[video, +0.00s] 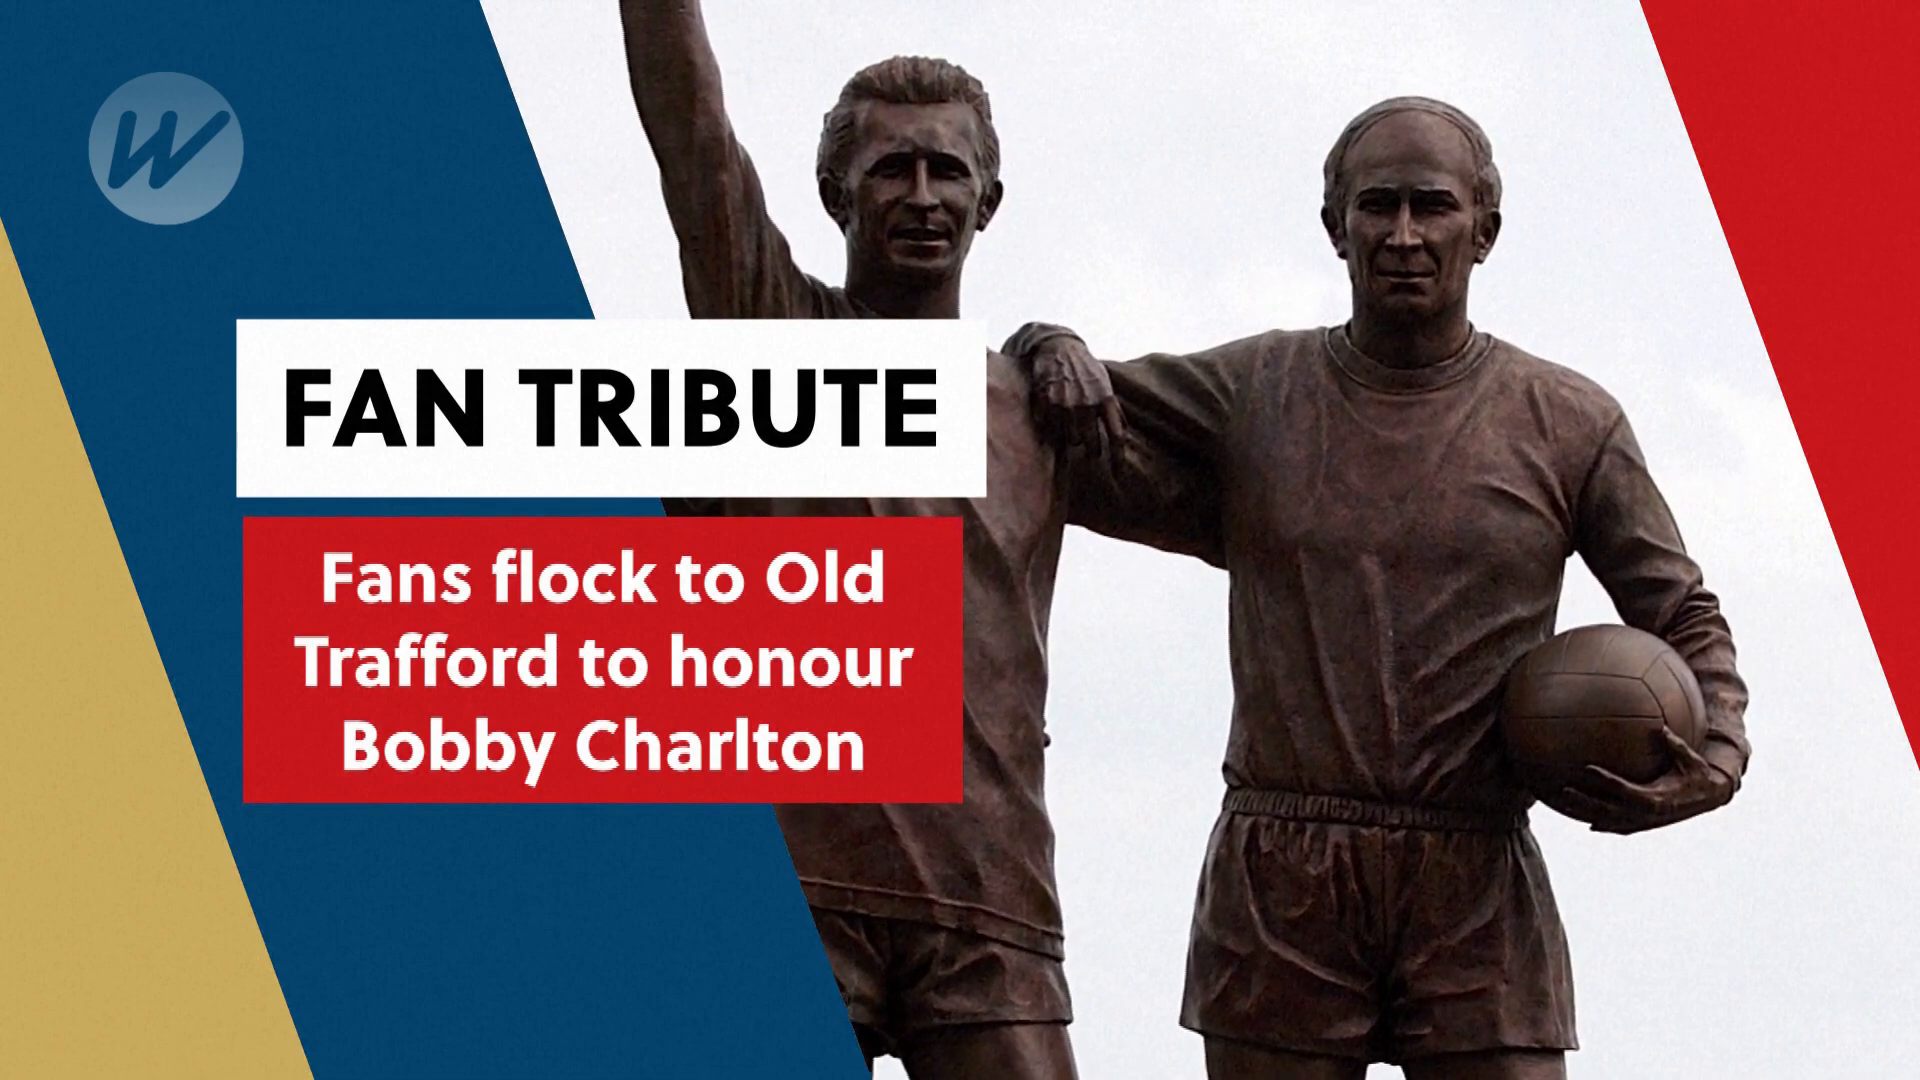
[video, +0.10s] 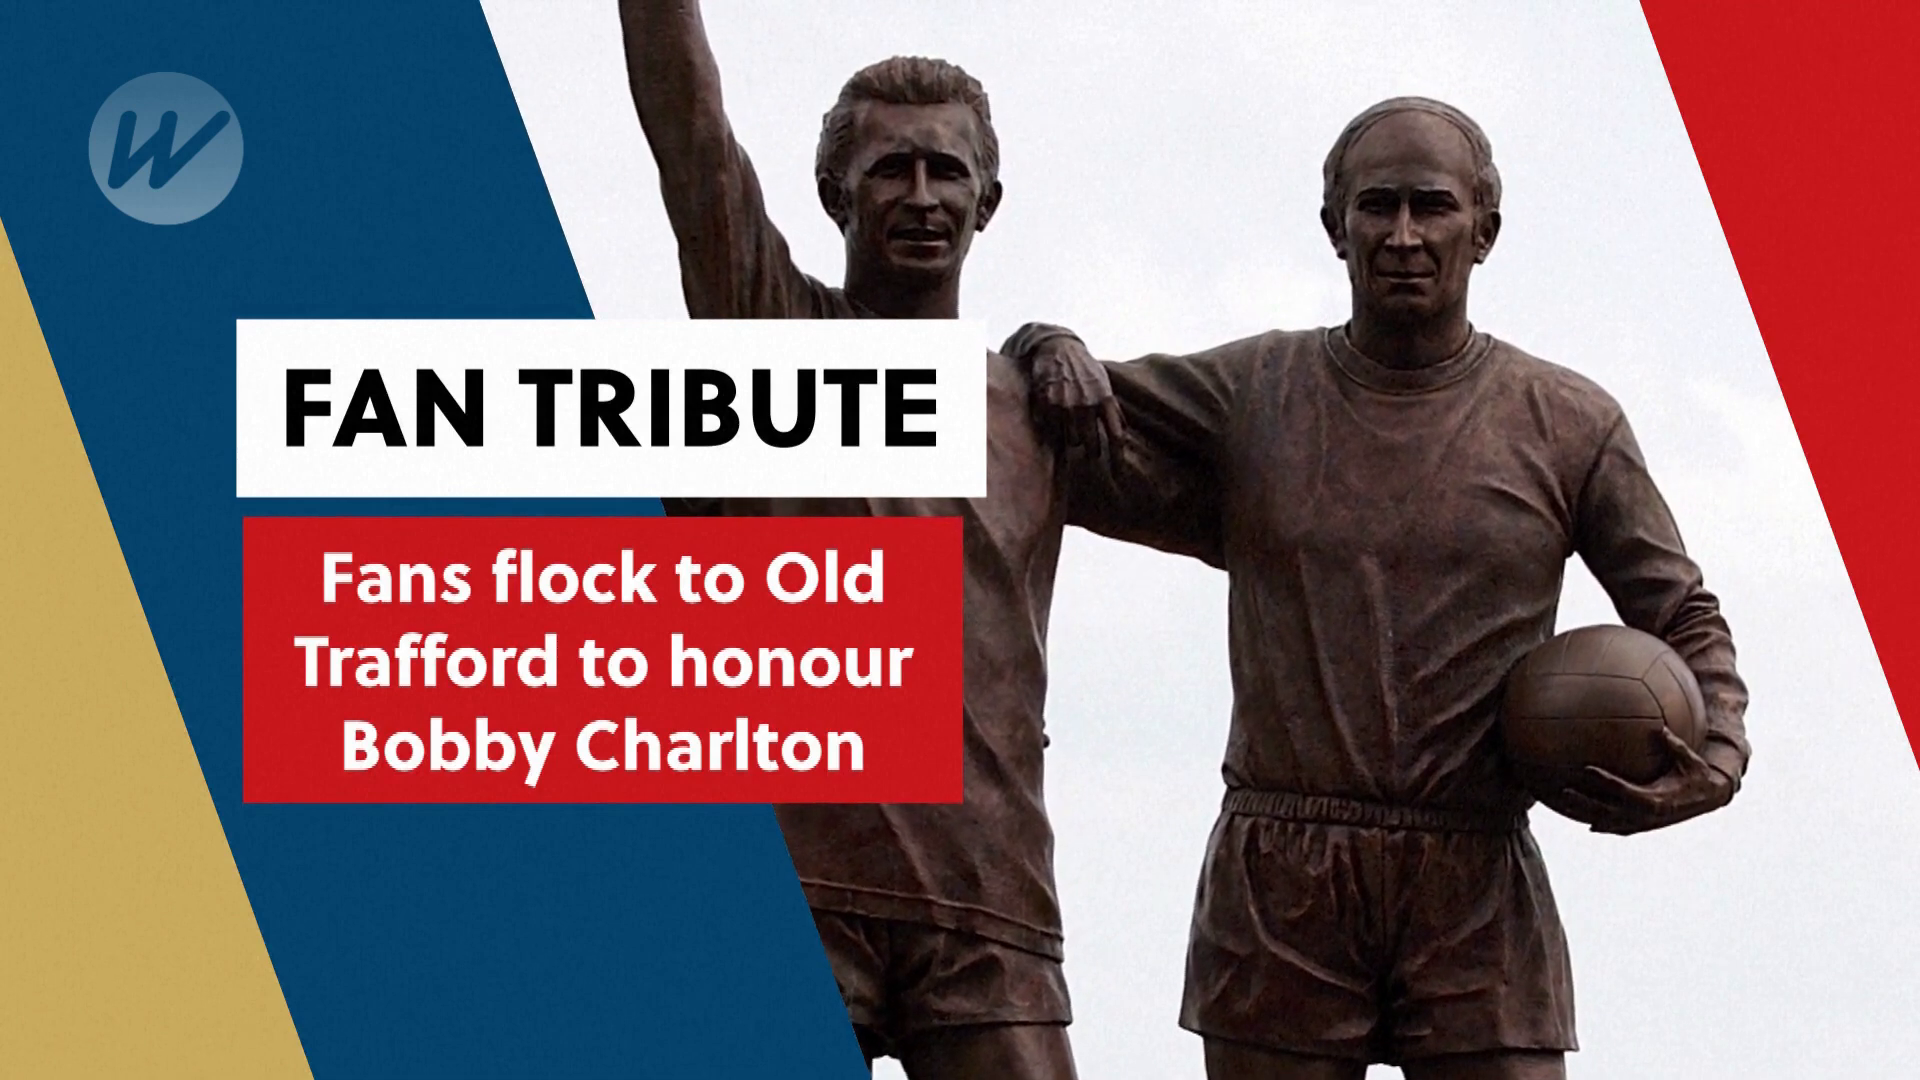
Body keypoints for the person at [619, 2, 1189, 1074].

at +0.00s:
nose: (922, 193)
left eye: (948, 170)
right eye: (891, 169)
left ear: (987, 202)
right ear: (837, 196)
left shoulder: (1041, 406)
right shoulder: (770, 336)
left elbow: (1245, 508)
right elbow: (689, 130)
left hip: (989, 897)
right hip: (796, 891)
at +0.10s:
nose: (921, 193)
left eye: (947, 170)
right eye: (889, 169)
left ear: (986, 202)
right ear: (835, 196)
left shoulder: (1040, 406)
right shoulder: (769, 335)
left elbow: (1243, 511)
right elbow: (687, 127)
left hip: (989, 901)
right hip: (796, 894)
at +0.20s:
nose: (920, 195)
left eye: (947, 171)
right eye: (889, 169)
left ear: (985, 201)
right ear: (832, 195)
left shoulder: (1036, 404)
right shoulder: (765, 334)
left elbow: (1246, 514)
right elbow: (687, 132)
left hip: (988, 905)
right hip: (794, 898)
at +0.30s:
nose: (918, 194)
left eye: (944, 171)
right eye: (887, 170)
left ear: (985, 202)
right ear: (832, 199)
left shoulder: (1039, 405)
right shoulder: (765, 336)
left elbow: (1241, 515)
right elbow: (690, 142)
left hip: (990, 910)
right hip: (794, 898)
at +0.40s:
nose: (918, 194)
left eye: (945, 171)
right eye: (887, 170)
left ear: (983, 202)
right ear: (830, 197)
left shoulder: (1035, 404)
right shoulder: (763, 335)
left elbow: (1246, 515)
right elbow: (685, 135)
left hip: (986, 907)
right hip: (794, 897)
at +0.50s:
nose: (918, 195)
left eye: (944, 171)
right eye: (886, 170)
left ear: (983, 202)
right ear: (829, 197)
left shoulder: (1032, 400)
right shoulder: (762, 334)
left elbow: (1244, 515)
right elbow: (681, 127)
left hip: (986, 909)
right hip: (790, 902)